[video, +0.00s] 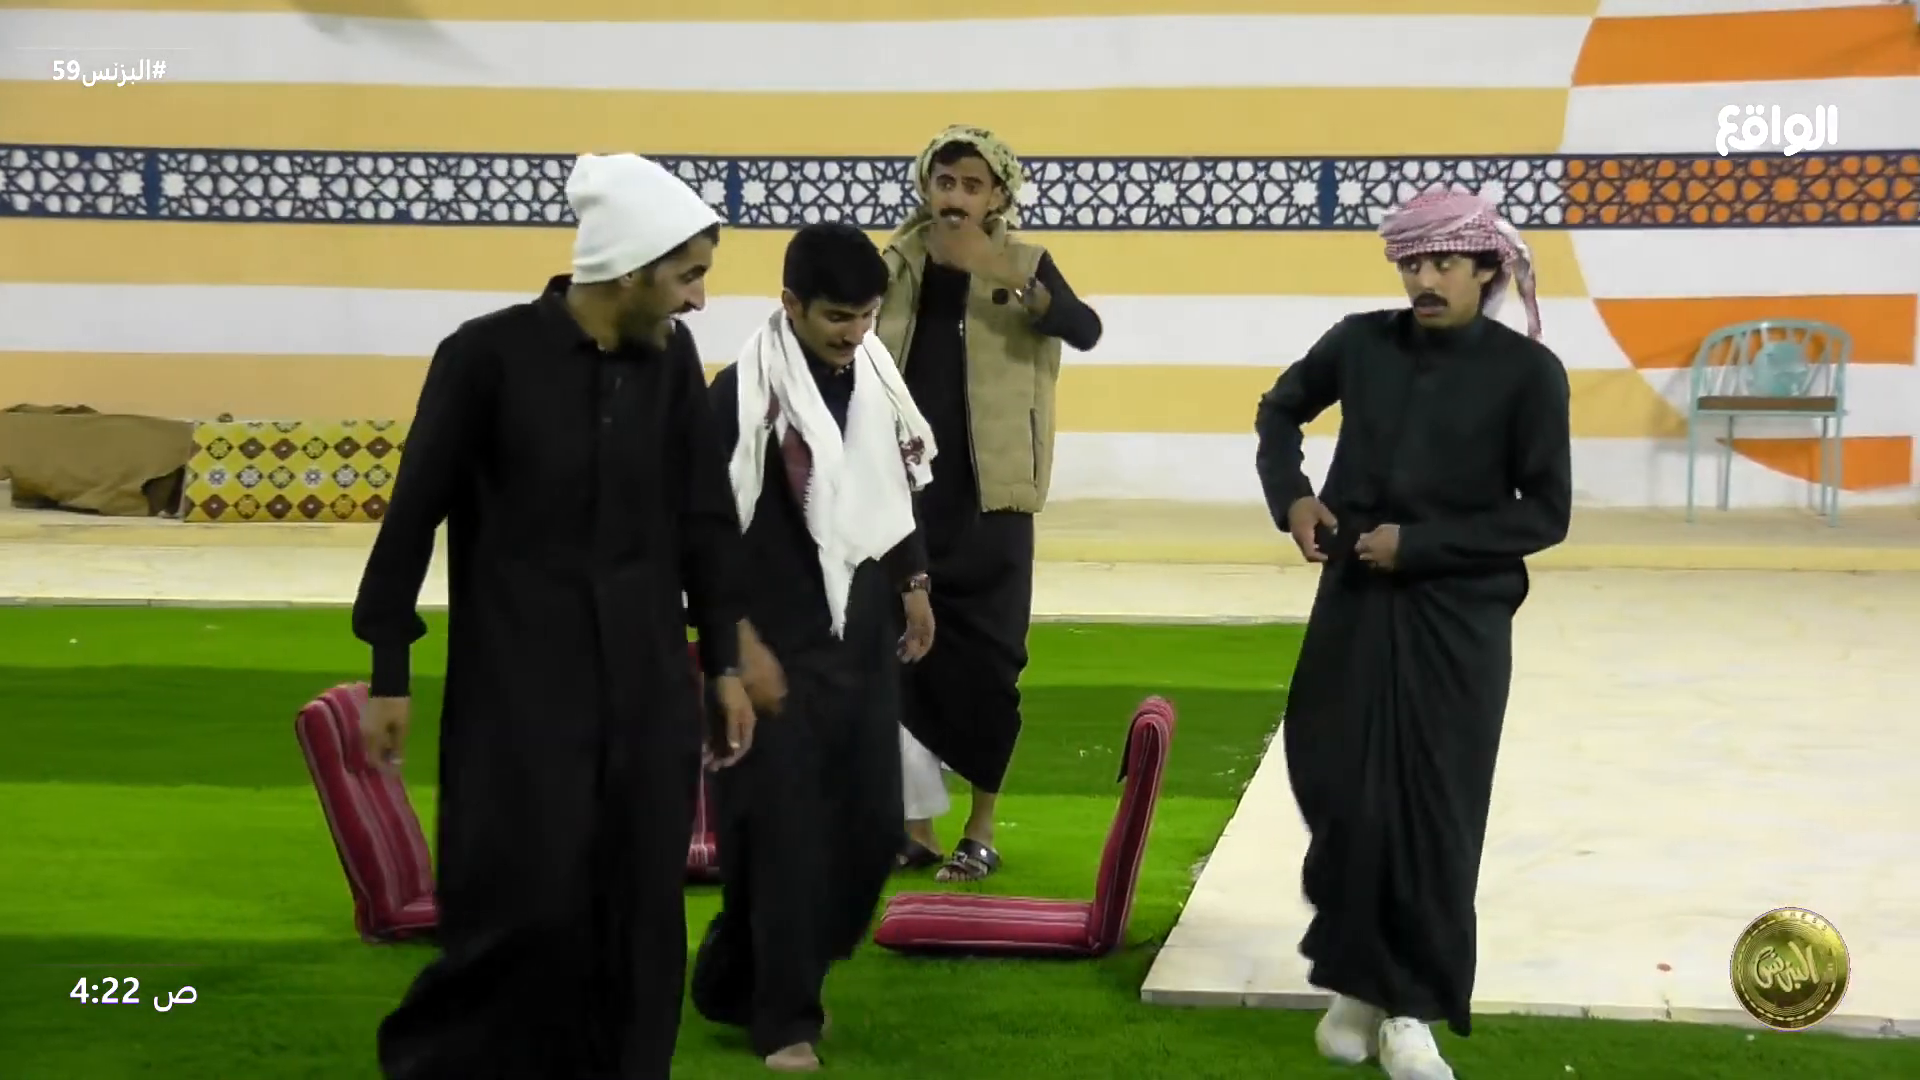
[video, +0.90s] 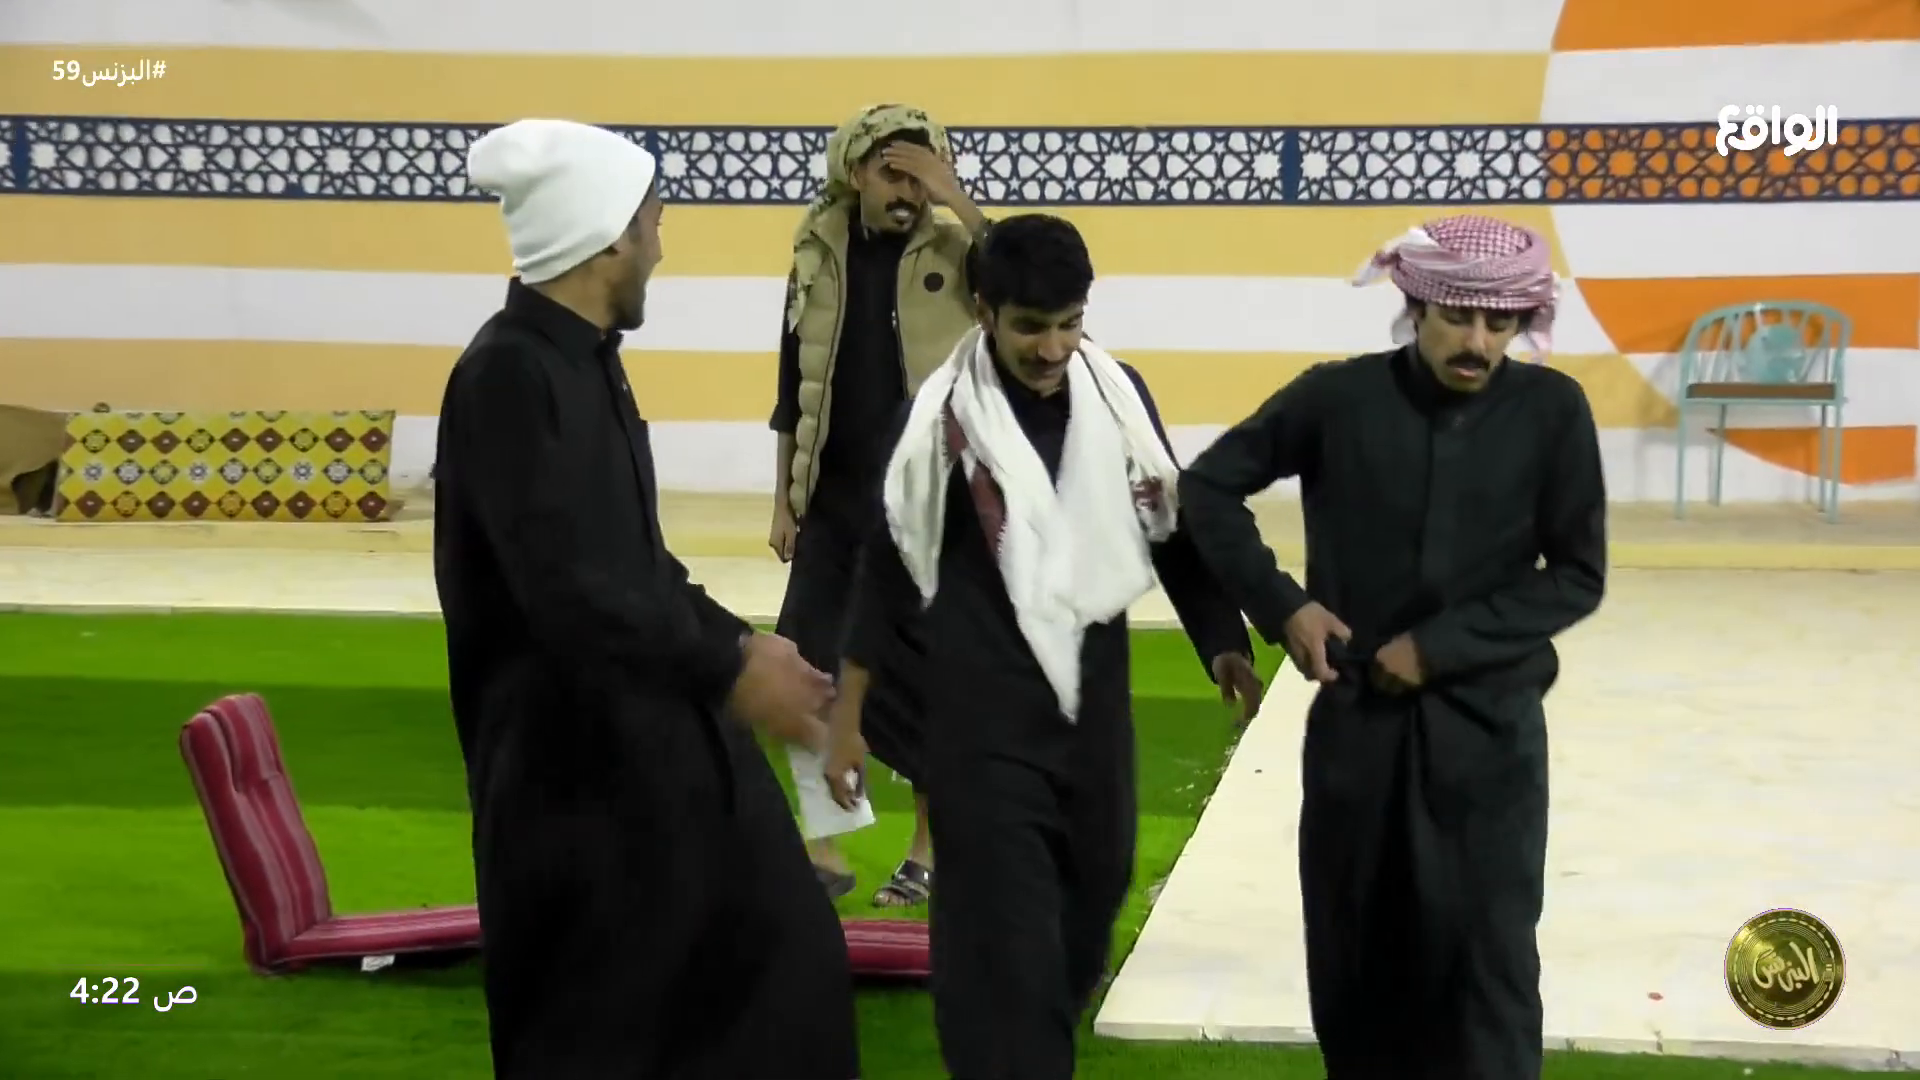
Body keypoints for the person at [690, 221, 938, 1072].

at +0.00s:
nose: (856, 332)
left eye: (867, 315)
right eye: (838, 318)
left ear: (879, 304)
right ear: (792, 303)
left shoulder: (875, 373)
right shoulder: (742, 393)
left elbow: (892, 490)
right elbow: (704, 532)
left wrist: (914, 582)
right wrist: (740, 641)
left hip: (863, 645)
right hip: (777, 650)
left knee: (868, 830)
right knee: (783, 832)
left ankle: (735, 972)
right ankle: (784, 1022)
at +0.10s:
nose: (869, 331)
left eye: (880, 314)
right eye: (851, 316)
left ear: (892, 304)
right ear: (805, 300)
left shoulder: (888, 367)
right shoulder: (750, 389)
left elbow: (905, 493)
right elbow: (726, 527)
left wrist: (907, 586)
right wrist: (760, 634)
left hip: (879, 633)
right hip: (789, 638)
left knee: (890, 814)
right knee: (783, 825)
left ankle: (849, 992)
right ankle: (775, 1020)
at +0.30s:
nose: (922, 347)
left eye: (934, 331)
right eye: (904, 330)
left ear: (943, 324)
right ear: (854, 314)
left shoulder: (942, 410)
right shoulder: (796, 406)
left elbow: (972, 548)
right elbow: (754, 538)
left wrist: (967, 666)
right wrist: (809, 628)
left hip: (922, 674)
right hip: (813, 676)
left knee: (931, 860)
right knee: (799, 851)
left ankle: (946, 1045)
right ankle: (774, 1016)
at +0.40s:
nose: (966, 343)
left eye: (979, 327)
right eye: (949, 326)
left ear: (991, 319)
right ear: (900, 308)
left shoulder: (978, 390)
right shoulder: (839, 397)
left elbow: (978, 512)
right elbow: (792, 538)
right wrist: (808, 656)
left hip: (961, 668)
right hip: (864, 670)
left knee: (963, 863)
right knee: (850, 853)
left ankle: (944, 1052)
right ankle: (794, 1009)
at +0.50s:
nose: (993, 341)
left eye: (1007, 325)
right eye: (976, 323)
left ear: (1020, 314)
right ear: (928, 301)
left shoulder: (1010, 391)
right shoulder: (860, 385)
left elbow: (1028, 529)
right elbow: (809, 519)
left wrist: (1036, 647)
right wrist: (797, 647)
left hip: (981, 676)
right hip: (878, 670)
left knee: (976, 867)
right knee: (876, 861)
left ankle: (955, 1051)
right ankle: (843, 1039)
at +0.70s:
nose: (1029, 331)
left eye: (1044, 312)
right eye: (1009, 313)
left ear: (1062, 299)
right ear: (964, 295)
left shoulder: (1072, 372)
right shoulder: (904, 372)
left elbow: (1119, 514)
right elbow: (846, 509)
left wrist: (1167, 643)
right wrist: (800, 632)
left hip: (1029, 685)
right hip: (917, 683)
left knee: (996, 924)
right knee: (966, 920)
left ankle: (912, 1068)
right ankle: (974, 1073)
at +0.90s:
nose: (1051, 346)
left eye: (1067, 326)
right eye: (1030, 328)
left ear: (1084, 311)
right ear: (986, 311)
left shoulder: (1117, 389)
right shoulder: (937, 414)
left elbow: (1173, 524)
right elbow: (881, 565)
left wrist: (1223, 643)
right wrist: (847, 717)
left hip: (1094, 683)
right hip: (979, 694)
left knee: (1095, 884)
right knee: (1005, 919)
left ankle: (1038, 1051)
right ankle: (1003, 1061)